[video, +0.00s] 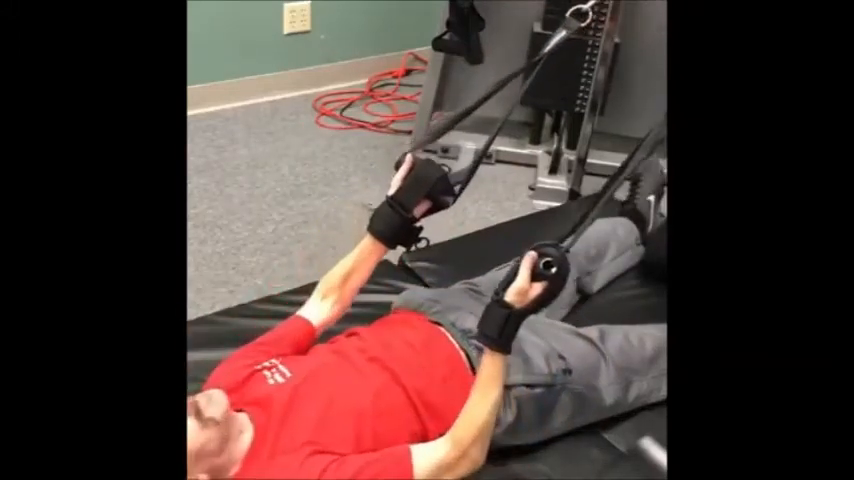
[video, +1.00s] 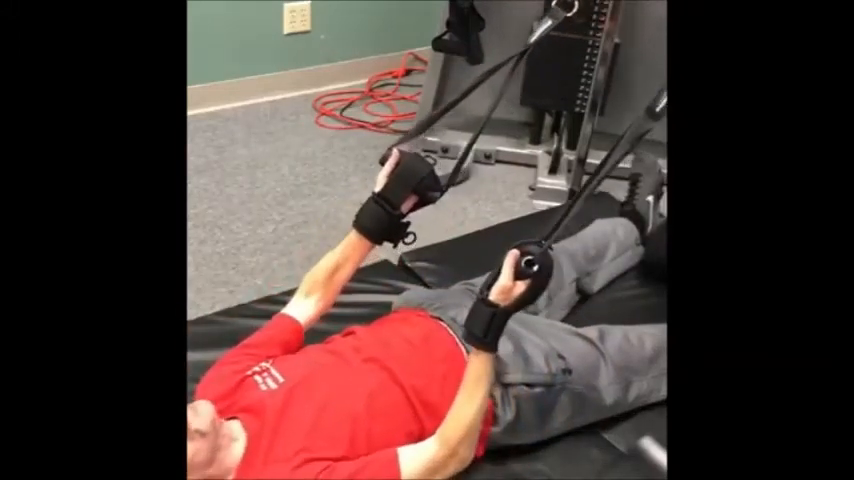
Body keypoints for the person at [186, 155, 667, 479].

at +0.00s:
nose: (202, 402)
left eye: (186, 401)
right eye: (192, 424)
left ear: (186, 394)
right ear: (201, 473)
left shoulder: (229, 375)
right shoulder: (289, 472)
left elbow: (327, 302)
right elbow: (456, 456)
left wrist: (392, 220)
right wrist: (503, 326)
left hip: (427, 312)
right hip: (493, 379)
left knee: (553, 269)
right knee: (648, 351)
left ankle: (635, 221)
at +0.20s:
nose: (199, 408)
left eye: (184, 404)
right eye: (187, 432)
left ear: (184, 398)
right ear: (193, 472)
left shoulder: (223, 378)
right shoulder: (281, 472)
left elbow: (323, 303)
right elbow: (450, 455)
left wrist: (391, 221)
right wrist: (501, 328)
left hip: (427, 312)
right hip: (489, 383)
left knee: (554, 270)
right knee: (646, 352)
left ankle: (637, 221)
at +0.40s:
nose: (197, 414)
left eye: (183, 412)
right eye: (187, 435)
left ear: (187, 408)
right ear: (196, 474)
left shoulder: (221, 381)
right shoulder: (287, 475)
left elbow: (317, 301)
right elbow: (449, 456)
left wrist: (386, 217)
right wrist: (500, 330)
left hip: (426, 312)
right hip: (488, 384)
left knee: (551, 270)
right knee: (647, 352)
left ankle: (635, 221)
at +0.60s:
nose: (197, 417)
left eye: (183, 415)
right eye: (186, 438)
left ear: (186, 410)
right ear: (194, 474)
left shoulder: (221, 382)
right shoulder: (286, 475)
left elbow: (314, 300)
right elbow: (447, 457)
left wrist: (385, 214)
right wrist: (500, 324)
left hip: (425, 314)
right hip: (488, 386)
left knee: (552, 270)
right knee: (643, 353)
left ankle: (634, 221)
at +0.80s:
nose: (198, 419)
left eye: (182, 417)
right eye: (185, 441)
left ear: (186, 410)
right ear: (194, 473)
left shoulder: (220, 382)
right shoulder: (285, 475)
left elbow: (313, 298)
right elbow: (444, 454)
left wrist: (384, 212)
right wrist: (495, 318)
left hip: (426, 314)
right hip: (489, 386)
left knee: (550, 269)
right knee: (640, 355)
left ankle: (633, 223)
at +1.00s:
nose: (198, 414)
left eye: (184, 411)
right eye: (187, 434)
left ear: (188, 406)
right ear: (196, 472)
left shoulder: (222, 380)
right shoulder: (285, 475)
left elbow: (311, 297)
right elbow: (445, 455)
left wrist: (382, 211)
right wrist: (493, 321)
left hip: (427, 313)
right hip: (490, 385)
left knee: (550, 269)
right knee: (641, 355)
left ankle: (634, 223)